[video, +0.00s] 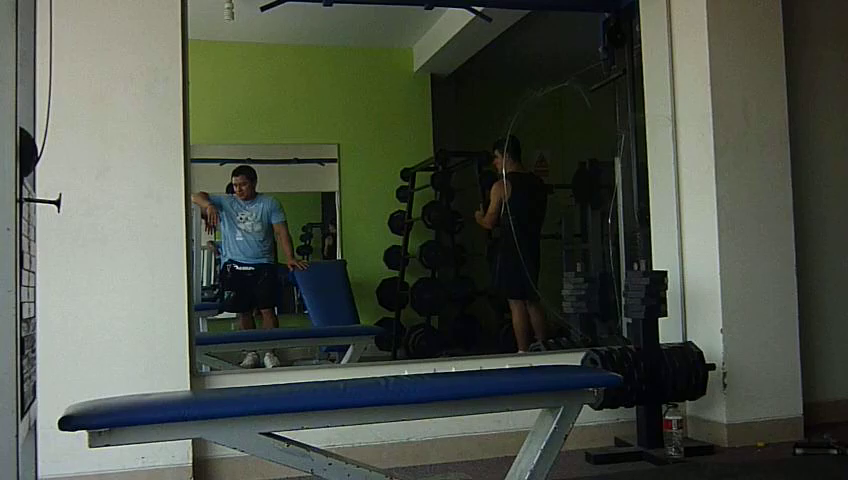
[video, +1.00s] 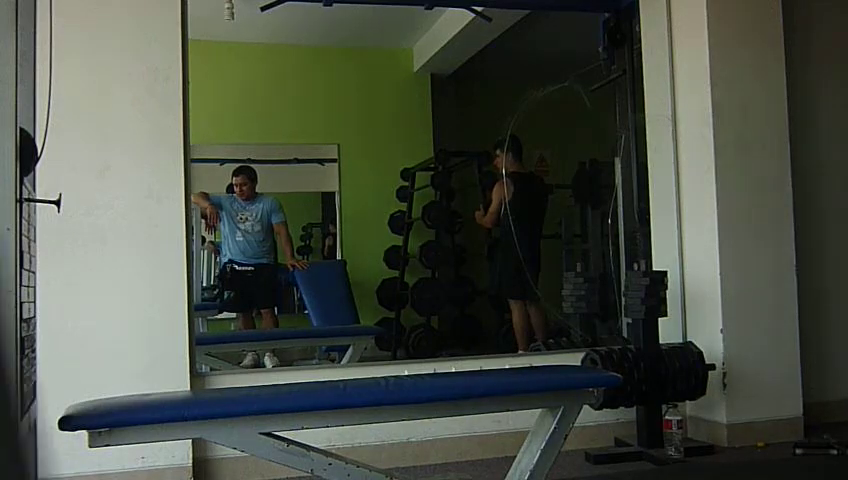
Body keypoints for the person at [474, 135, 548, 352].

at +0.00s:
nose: (494, 163)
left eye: (495, 158)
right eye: (494, 158)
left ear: (503, 157)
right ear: (518, 156)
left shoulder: (501, 186)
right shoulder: (536, 182)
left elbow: (490, 221)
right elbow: (537, 217)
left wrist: (480, 216)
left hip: (510, 248)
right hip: (532, 246)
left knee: (516, 301)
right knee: (532, 299)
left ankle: (523, 353)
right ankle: (542, 347)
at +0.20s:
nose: (495, 163)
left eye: (496, 158)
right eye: (494, 158)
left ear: (503, 157)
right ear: (518, 156)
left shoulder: (501, 186)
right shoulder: (536, 182)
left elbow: (490, 221)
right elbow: (538, 216)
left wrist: (480, 216)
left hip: (510, 248)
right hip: (532, 246)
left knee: (516, 301)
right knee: (532, 299)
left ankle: (523, 352)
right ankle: (542, 347)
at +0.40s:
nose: (495, 163)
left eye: (496, 158)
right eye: (495, 158)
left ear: (504, 157)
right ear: (518, 156)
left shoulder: (501, 186)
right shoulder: (536, 182)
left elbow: (490, 221)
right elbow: (537, 216)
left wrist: (480, 217)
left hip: (510, 248)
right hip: (533, 246)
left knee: (516, 301)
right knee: (532, 298)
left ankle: (523, 352)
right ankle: (542, 347)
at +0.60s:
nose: (495, 163)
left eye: (496, 157)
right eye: (495, 158)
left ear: (504, 156)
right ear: (519, 156)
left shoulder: (502, 186)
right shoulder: (537, 182)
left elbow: (490, 221)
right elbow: (537, 216)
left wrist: (480, 217)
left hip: (510, 248)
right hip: (533, 246)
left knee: (516, 301)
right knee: (533, 298)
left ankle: (522, 352)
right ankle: (542, 346)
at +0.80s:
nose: (495, 162)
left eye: (497, 157)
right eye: (495, 157)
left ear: (504, 156)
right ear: (519, 156)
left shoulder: (502, 186)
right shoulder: (537, 182)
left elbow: (490, 221)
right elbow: (537, 216)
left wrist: (480, 217)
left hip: (510, 248)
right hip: (533, 246)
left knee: (516, 301)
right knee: (533, 299)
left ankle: (522, 352)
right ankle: (542, 347)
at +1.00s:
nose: (495, 162)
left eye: (497, 157)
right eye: (495, 157)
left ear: (506, 156)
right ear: (519, 156)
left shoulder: (503, 186)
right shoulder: (537, 182)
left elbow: (490, 220)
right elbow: (538, 215)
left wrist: (480, 217)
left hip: (510, 248)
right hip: (533, 246)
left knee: (516, 301)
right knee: (533, 299)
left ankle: (522, 352)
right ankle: (542, 347)